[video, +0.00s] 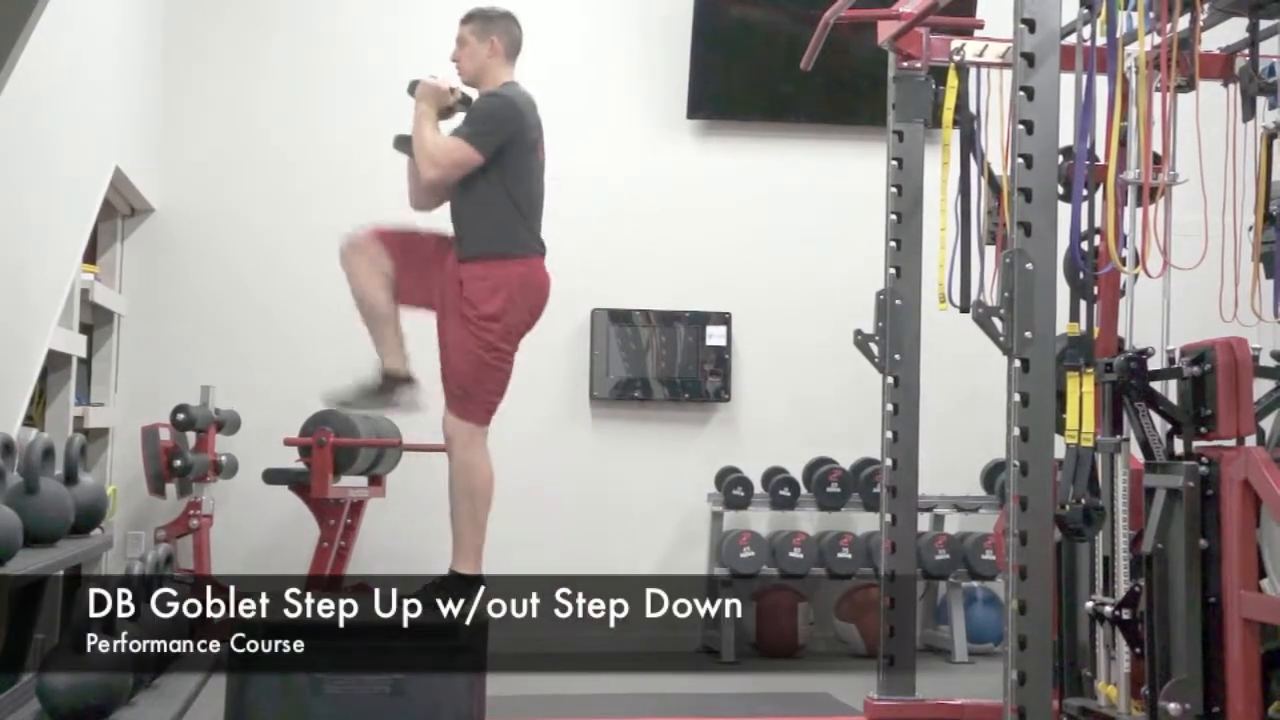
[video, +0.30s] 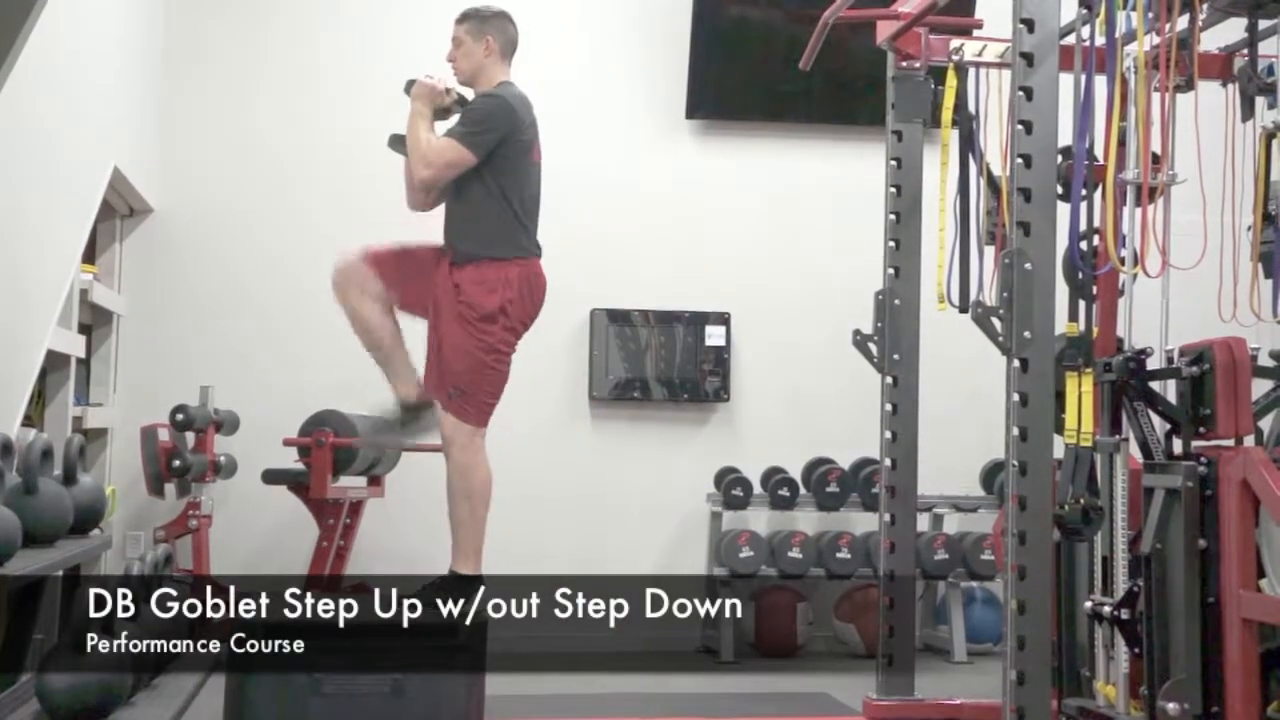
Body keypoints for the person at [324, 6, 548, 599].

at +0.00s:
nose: (453, 54)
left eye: (462, 43)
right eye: (455, 44)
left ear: (495, 46)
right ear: (495, 47)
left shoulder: (507, 105)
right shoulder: (488, 111)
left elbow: (434, 169)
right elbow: (422, 197)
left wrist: (425, 106)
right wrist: (427, 125)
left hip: (499, 280)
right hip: (466, 266)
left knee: (464, 432)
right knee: (363, 250)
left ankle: (465, 582)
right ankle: (395, 375)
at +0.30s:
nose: (449, 57)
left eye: (457, 45)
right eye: (451, 46)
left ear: (488, 47)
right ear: (489, 47)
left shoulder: (502, 105)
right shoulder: (483, 109)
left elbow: (428, 172)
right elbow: (420, 197)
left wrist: (420, 107)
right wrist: (425, 121)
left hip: (494, 282)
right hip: (455, 269)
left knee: (462, 433)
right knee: (355, 275)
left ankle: (465, 582)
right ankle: (412, 399)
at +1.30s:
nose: (529, 206)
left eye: (539, 195)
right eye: (532, 196)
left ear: (572, 200)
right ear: (567, 202)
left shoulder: (588, 257)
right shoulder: (563, 265)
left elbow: (519, 322)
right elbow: (499, 340)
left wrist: (504, 262)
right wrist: (500, 276)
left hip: (589, 413)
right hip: (593, 418)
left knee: (450, 432)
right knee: (589, 561)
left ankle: (463, 578)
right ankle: (616, 707)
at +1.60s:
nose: (555, 205)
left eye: (564, 195)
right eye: (557, 194)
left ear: (596, 201)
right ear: (592, 203)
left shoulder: (608, 262)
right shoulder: (586, 266)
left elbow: (537, 325)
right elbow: (514, 341)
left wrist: (527, 264)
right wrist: (518, 275)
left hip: (589, 417)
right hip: (596, 421)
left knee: (449, 432)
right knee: (589, 561)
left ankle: (463, 577)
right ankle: (616, 707)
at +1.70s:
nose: (557, 204)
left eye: (566, 194)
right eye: (559, 194)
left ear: (598, 201)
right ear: (593, 203)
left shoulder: (609, 261)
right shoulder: (586, 265)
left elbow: (538, 324)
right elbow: (515, 340)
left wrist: (528, 262)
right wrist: (519, 275)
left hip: (589, 417)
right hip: (594, 420)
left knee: (449, 432)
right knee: (589, 561)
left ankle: (462, 577)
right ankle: (616, 707)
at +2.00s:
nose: (540, 204)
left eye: (550, 195)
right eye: (542, 194)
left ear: (581, 201)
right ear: (574, 203)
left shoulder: (595, 261)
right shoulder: (569, 267)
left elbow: (525, 323)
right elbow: (502, 342)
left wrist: (510, 262)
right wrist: (506, 275)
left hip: (580, 416)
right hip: (585, 420)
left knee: (440, 434)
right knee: (581, 562)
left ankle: (462, 578)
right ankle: (615, 707)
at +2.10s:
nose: (528, 208)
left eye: (538, 197)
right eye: (530, 197)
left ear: (569, 203)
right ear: (565, 204)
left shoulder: (584, 262)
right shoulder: (559, 268)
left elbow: (515, 327)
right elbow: (494, 345)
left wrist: (500, 265)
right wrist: (496, 278)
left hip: (575, 418)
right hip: (578, 424)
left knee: (435, 435)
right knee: (565, 572)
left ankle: (462, 577)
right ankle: (613, 708)